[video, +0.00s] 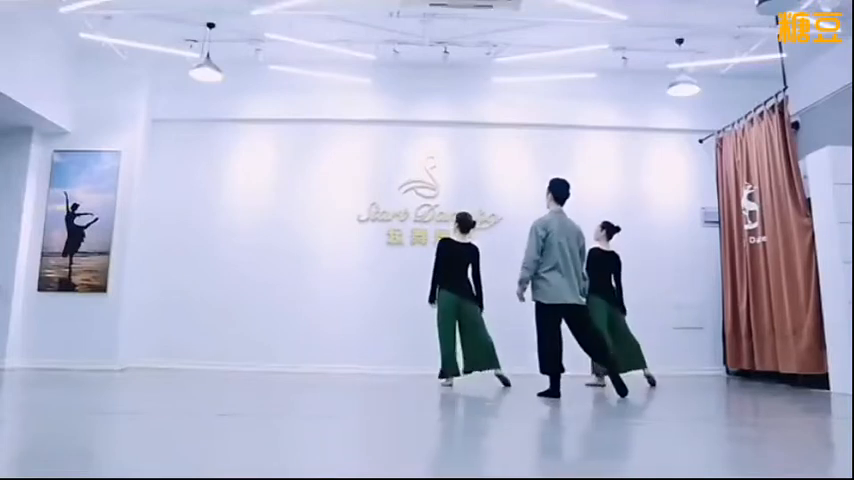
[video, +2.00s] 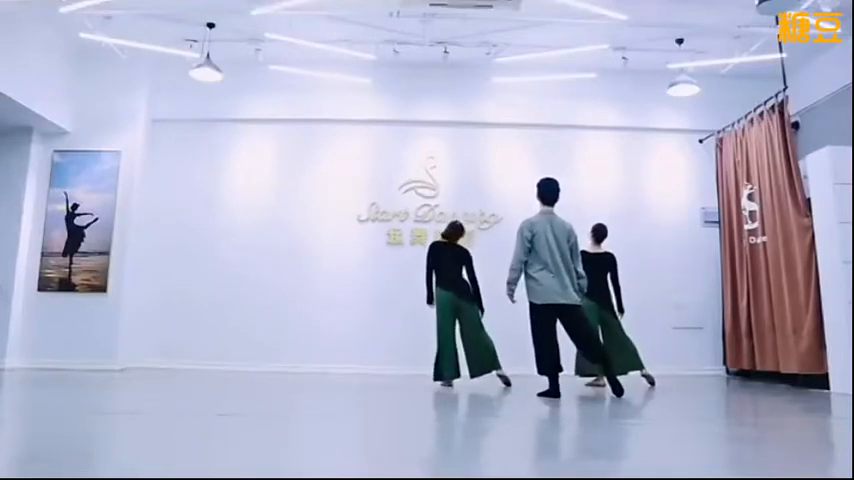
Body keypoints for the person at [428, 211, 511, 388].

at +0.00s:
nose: (454, 225)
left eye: (455, 223)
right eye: (457, 223)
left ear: (456, 225)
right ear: (471, 228)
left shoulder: (444, 243)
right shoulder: (473, 249)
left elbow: (437, 270)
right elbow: (476, 277)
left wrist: (432, 293)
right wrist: (480, 300)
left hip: (446, 292)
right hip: (466, 293)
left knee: (446, 333)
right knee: (480, 332)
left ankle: (448, 375)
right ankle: (496, 368)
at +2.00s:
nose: (460, 237)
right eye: (461, 234)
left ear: (446, 231)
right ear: (460, 235)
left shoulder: (435, 247)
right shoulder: (464, 252)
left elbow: (429, 272)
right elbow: (472, 279)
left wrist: (429, 293)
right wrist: (479, 302)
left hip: (443, 293)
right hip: (463, 293)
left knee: (446, 334)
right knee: (478, 331)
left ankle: (447, 376)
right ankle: (497, 368)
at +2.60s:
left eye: (438, 254)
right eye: (445, 255)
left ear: (434, 254)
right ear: (448, 254)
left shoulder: (427, 266)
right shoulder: (455, 267)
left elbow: (422, 292)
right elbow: (466, 292)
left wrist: (422, 314)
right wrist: (471, 315)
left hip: (436, 307)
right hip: (456, 307)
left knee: (439, 343)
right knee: (457, 338)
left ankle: (443, 379)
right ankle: (472, 367)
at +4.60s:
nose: (399, 221)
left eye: (397, 218)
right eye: (398, 218)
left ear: (382, 219)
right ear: (397, 220)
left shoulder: (373, 237)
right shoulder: (403, 240)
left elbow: (369, 264)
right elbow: (407, 268)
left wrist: (367, 286)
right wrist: (411, 290)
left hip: (378, 285)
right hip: (397, 286)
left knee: (379, 327)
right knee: (398, 328)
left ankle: (382, 367)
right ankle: (396, 367)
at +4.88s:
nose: (390, 220)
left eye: (388, 217)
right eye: (390, 217)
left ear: (374, 218)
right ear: (389, 219)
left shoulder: (365, 236)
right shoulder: (395, 239)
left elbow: (359, 262)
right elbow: (398, 267)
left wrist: (356, 285)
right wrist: (401, 290)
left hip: (370, 287)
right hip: (388, 288)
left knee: (371, 327)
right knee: (386, 327)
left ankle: (376, 369)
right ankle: (379, 366)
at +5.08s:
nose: (382, 220)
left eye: (380, 217)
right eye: (382, 217)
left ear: (366, 218)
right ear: (382, 219)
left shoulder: (358, 236)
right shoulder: (388, 239)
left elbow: (353, 262)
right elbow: (392, 267)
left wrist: (350, 285)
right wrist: (394, 288)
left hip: (362, 285)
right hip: (382, 287)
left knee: (361, 326)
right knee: (380, 327)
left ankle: (359, 366)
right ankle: (377, 367)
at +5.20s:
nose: (378, 220)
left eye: (376, 216)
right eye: (378, 217)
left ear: (362, 217)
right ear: (376, 219)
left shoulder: (353, 235)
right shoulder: (382, 239)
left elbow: (347, 262)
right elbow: (386, 267)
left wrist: (344, 284)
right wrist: (389, 289)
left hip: (357, 283)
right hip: (376, 285)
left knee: (356, 326)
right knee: (376, 326)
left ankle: (357, 366)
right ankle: (373, 366)